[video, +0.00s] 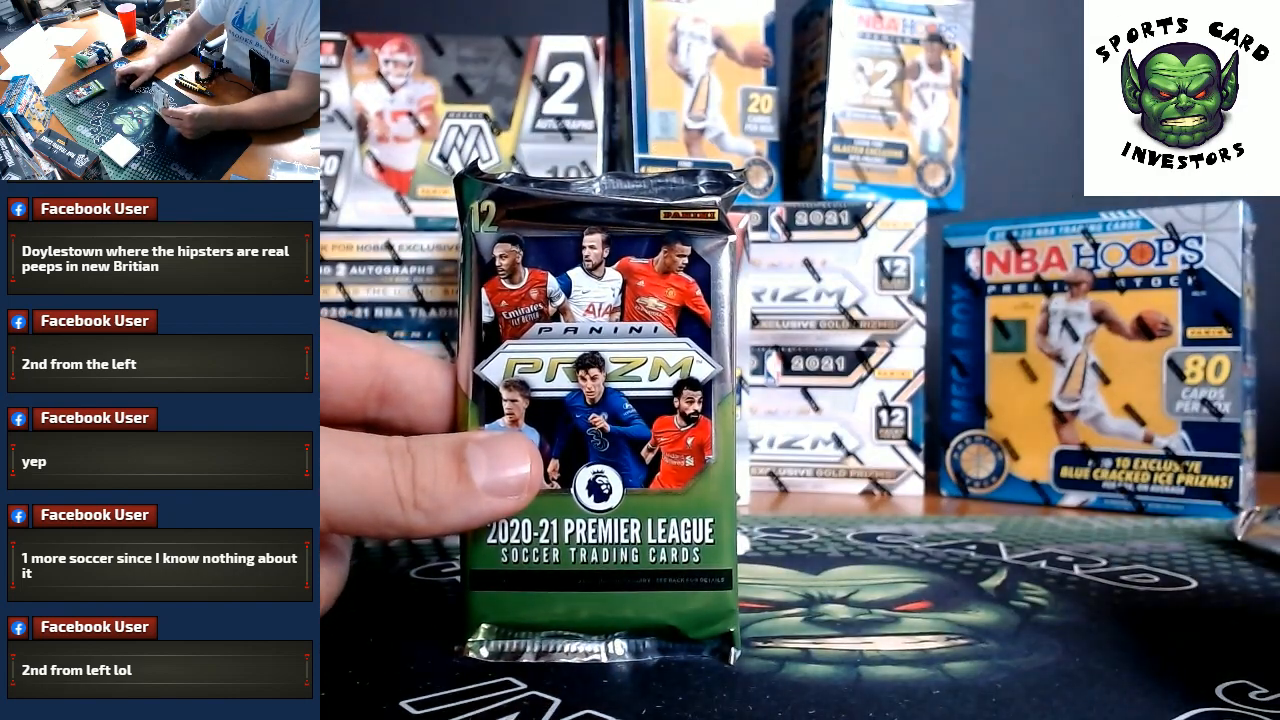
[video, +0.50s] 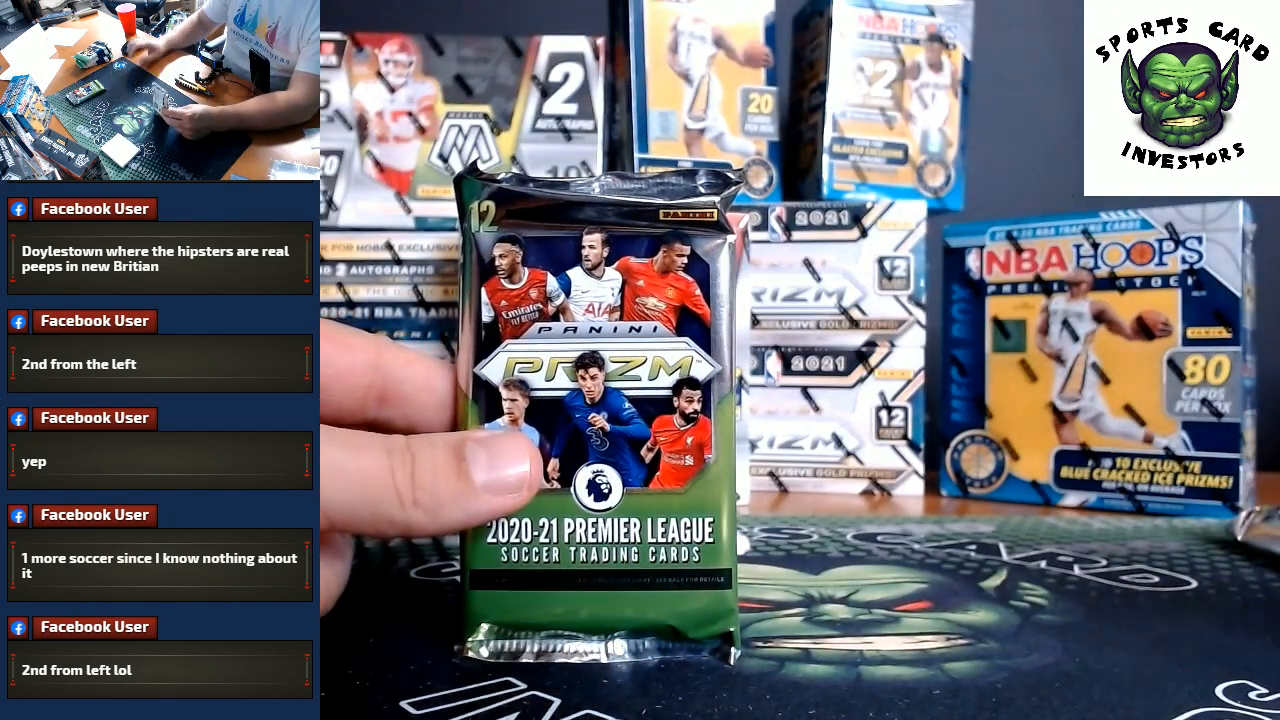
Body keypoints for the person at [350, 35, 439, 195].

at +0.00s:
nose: (398, 70)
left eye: (404, 65)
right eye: (392, 64)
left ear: (413, 66)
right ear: (381, 64)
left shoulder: (424, 90)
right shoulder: (365, 90)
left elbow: (432, 130)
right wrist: (370, 126)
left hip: (405, 169)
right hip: (373, 164)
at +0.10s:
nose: (398, 70)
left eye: (404, 65)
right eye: (392, 64)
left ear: (412, 66)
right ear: (381, 64)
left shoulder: (424, 90)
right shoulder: (365, 90)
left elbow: (432, 130)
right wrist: (370, 126)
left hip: (405, 169)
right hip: (374, 164)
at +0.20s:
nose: (399, 70)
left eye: (405, 65)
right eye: (393, 64)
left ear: (413, 66)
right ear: (382, 64)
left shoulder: (423, 90)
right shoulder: (365, 90)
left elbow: (432, 130)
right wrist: (370, 126)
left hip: (405, 169)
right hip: (374, 164)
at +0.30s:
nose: (399, 70)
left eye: (405, 65)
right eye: (393, 64)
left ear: (413, 66)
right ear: (382, 64)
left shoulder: (423, 90)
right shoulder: (365, 90)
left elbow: (432, 130)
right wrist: (370, 126)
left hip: (405, 169)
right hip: (374, 164)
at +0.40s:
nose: (398, 70)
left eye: (404, 65)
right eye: (392, 64)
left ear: (412, 66)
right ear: (381, 64)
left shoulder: (423, 90)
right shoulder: (365, 90)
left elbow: (432, 130)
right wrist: (370, 126)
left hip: (405, 169)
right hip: (374, 164)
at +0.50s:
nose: (398, 70)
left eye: (404, 65)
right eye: (392, 64)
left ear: (413, 66)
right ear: (381, 64)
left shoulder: (424, 90)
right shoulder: (365, 90)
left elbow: (432, 130)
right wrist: (370, 126)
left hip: (405, 169)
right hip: (373, 165)